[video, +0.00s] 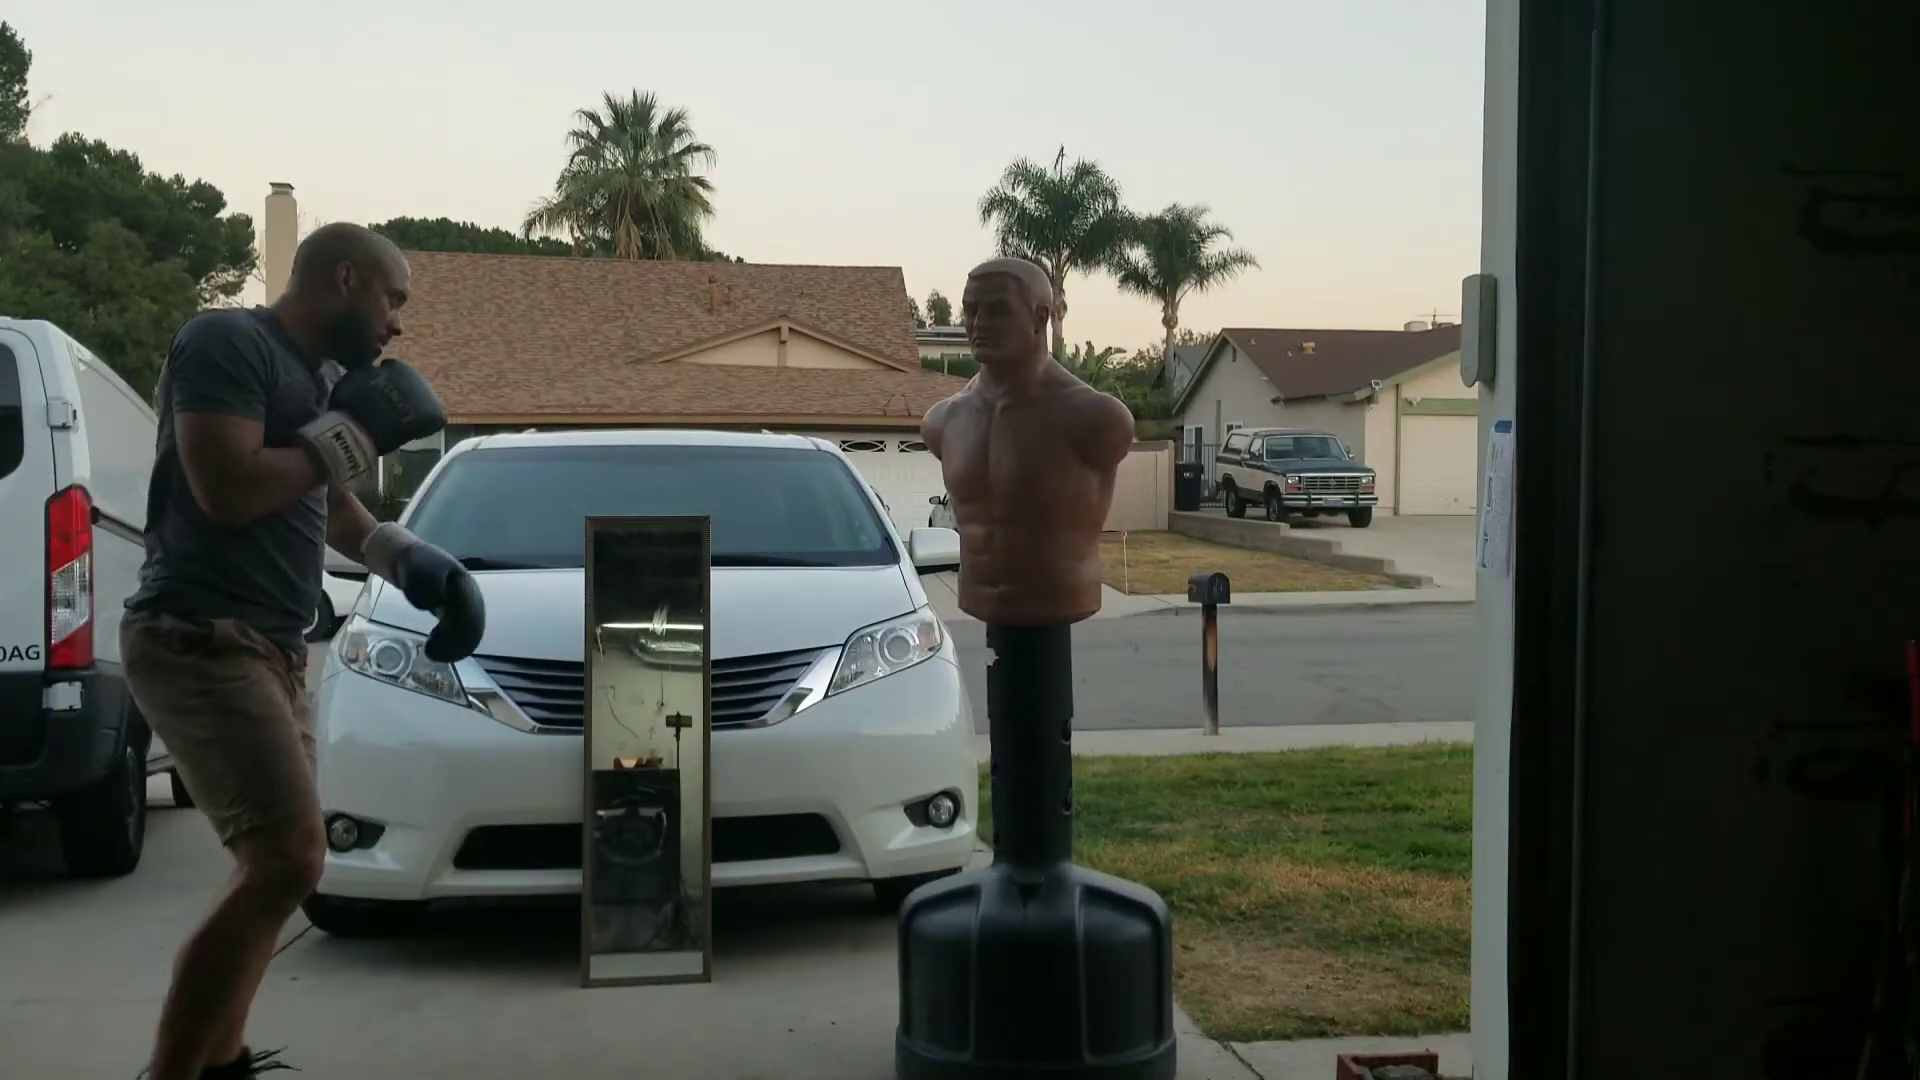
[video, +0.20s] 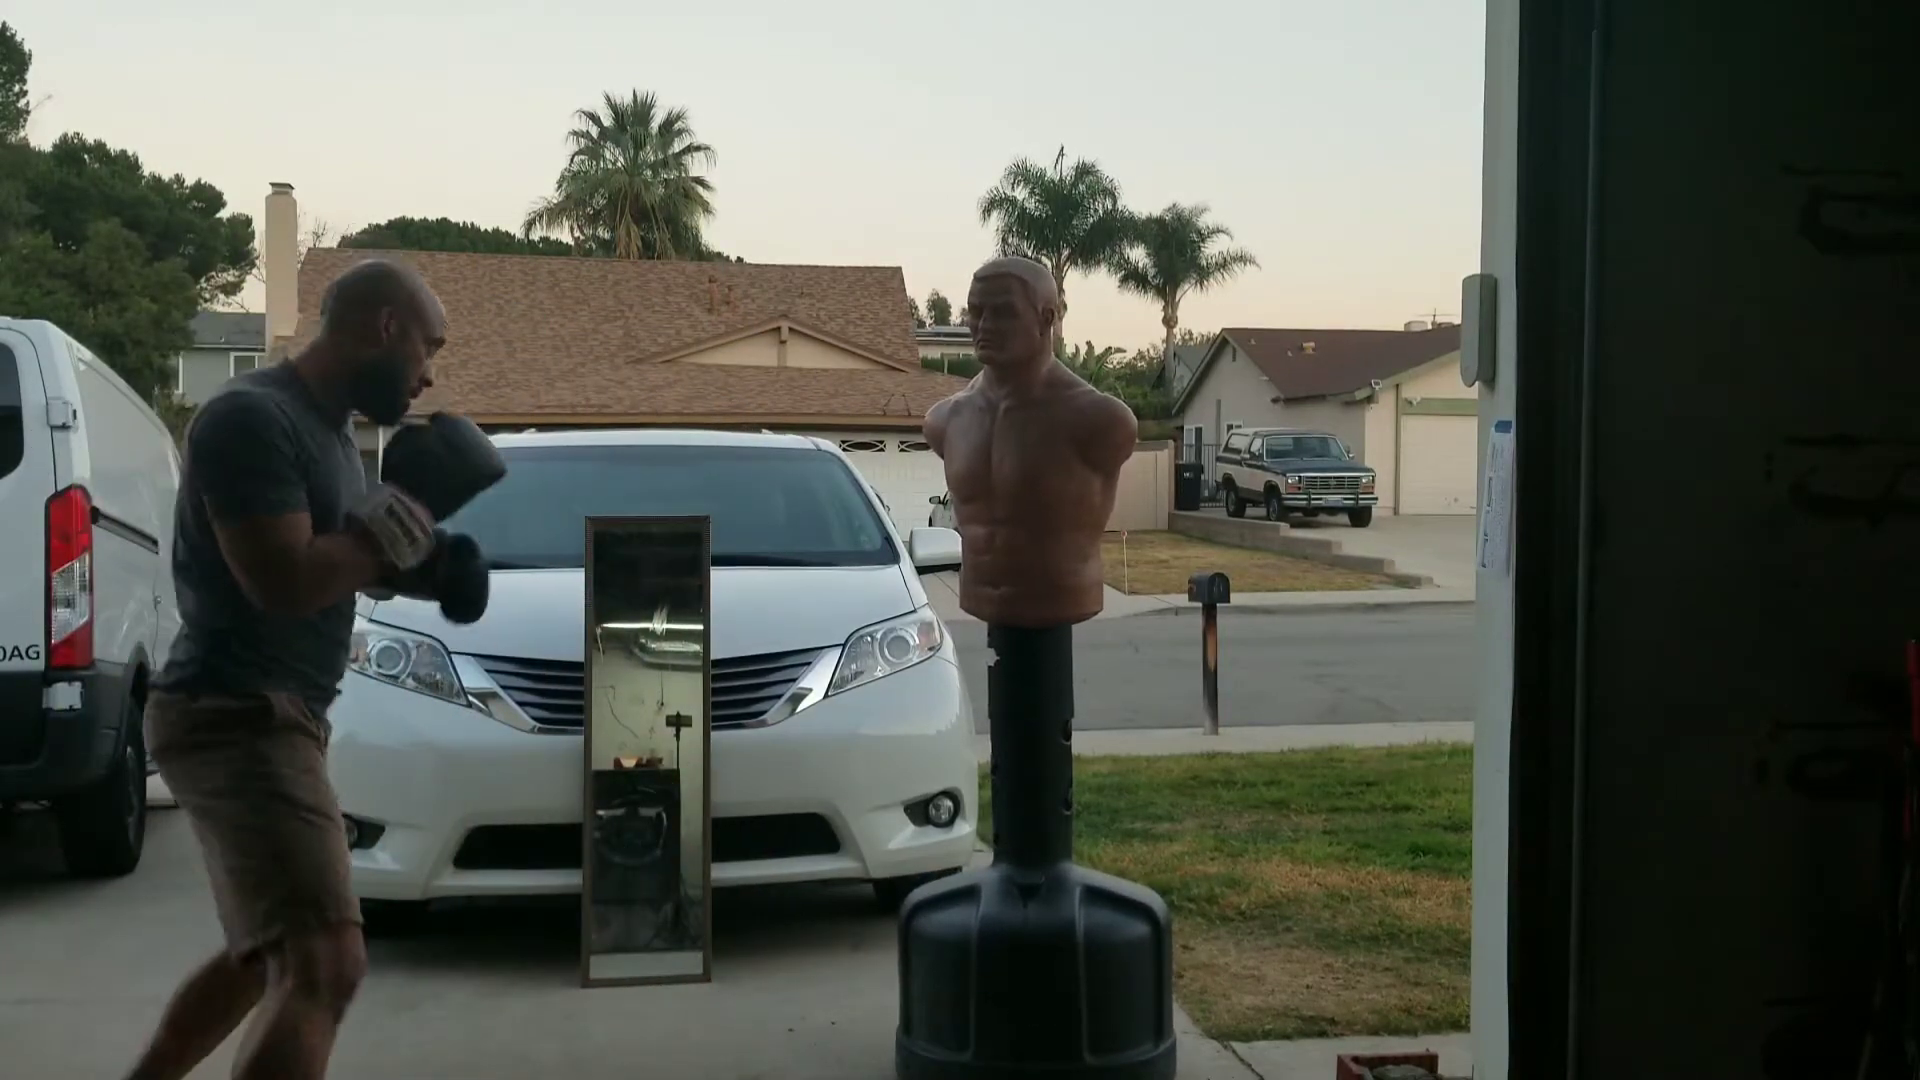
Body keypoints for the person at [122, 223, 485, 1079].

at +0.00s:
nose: (399, 321)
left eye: (403, 303)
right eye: (393, 298)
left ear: (342, 283)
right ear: (344, 279)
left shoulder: (321, 381)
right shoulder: (225, 341)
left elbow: (332, 506)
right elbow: (227, 490)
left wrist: (404, 553)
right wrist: (350, 432)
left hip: (271, 649)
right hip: (198, 641)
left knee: (284, 864)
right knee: (286, 859)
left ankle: (220, 1057)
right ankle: (172, 1070)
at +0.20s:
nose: (427, 377)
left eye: (432, 358)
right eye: (427, 353)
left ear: (373, 331)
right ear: (381, 329)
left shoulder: (337, 436)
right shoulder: (246, 419)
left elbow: (343, 565)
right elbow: (283, 581)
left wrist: (417, 563)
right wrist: (395, 523)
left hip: (281, 714)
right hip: (232, 714)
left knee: (263, 952)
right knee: (325, 963)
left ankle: (148, 1074)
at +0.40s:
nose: (495, 304)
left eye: (501, 285)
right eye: (493, 280)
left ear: (402, 259)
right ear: (449, 266)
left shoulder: (325, 337)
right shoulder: (370, 339)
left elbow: (361, 498)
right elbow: (412, 507)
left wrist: (459, 424)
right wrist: (505, 425)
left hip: (277, 674)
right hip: (332, 684)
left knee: (280, 922)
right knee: (351, 976)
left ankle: (194, 1068)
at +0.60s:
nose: (570, 225)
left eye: (570, 203)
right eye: (565, 201)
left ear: (467, 189)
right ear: (526, 195)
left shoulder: (383, 275)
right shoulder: (446, 270)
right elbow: (417, 461)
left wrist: (535, 391)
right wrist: (529, 412)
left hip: (334, 624)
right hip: (413, 632)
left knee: (365, 922)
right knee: (471, 948)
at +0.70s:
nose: (614, 266)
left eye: (615, 243)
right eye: (609, 241)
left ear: (512, 232)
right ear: (570, 235)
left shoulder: (424, 326)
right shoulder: (486, 322)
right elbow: (469, 525)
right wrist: (583, 462)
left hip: (393, 687)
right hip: (474, 695)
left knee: (421, 1009)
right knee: (540, 1029)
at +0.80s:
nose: (652, 316)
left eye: (653, 293)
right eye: (649, 292)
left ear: (546, 285)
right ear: (616, 288)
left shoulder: (460, 377)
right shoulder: (540, 393)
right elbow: (586, 594)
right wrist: (672, 501)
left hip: (437, 748)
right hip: (528, 759)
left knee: (489, 1050)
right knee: (583, 1046)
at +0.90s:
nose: (690, 279)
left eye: (690, 257)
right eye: (688, 256)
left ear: (578, 253)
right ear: (659, 256)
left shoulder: (483, 344)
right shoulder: (606, 338)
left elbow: (421, 512)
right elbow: (666, 528)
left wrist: (560, 498)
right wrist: (726, 439)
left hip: (479, 705)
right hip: (572, 706)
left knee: (574, 977)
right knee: (633, 1011)